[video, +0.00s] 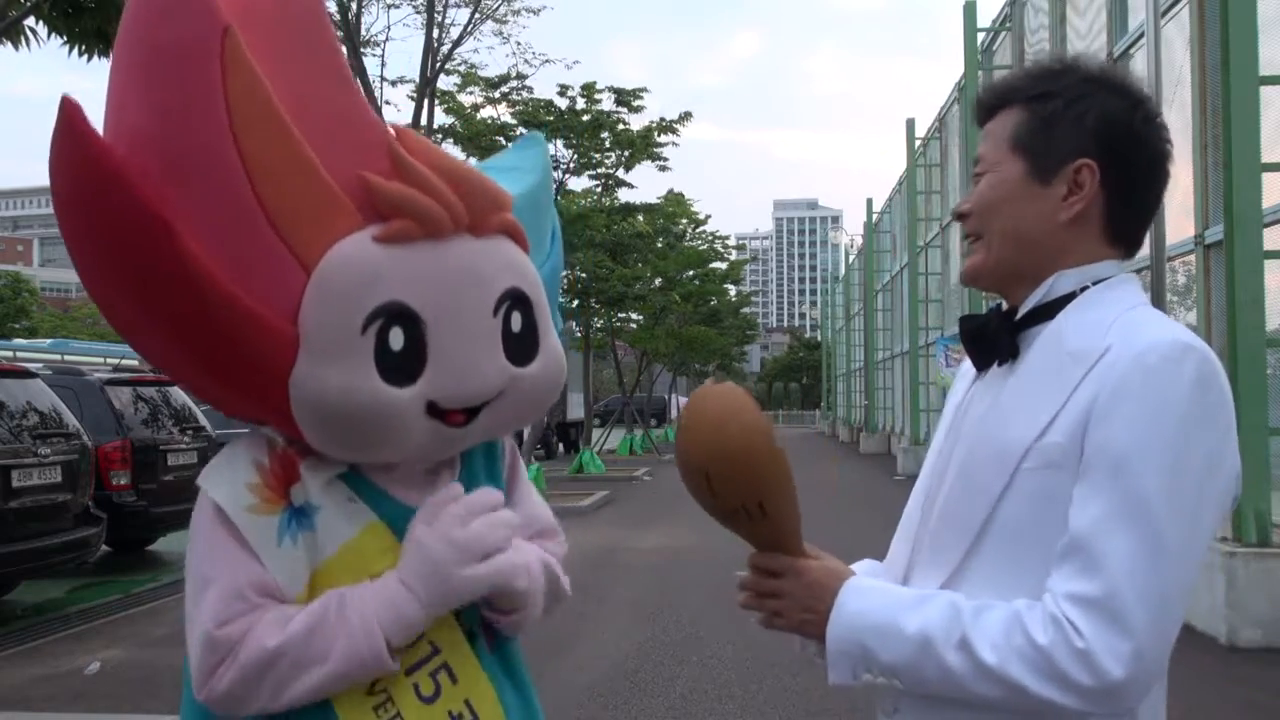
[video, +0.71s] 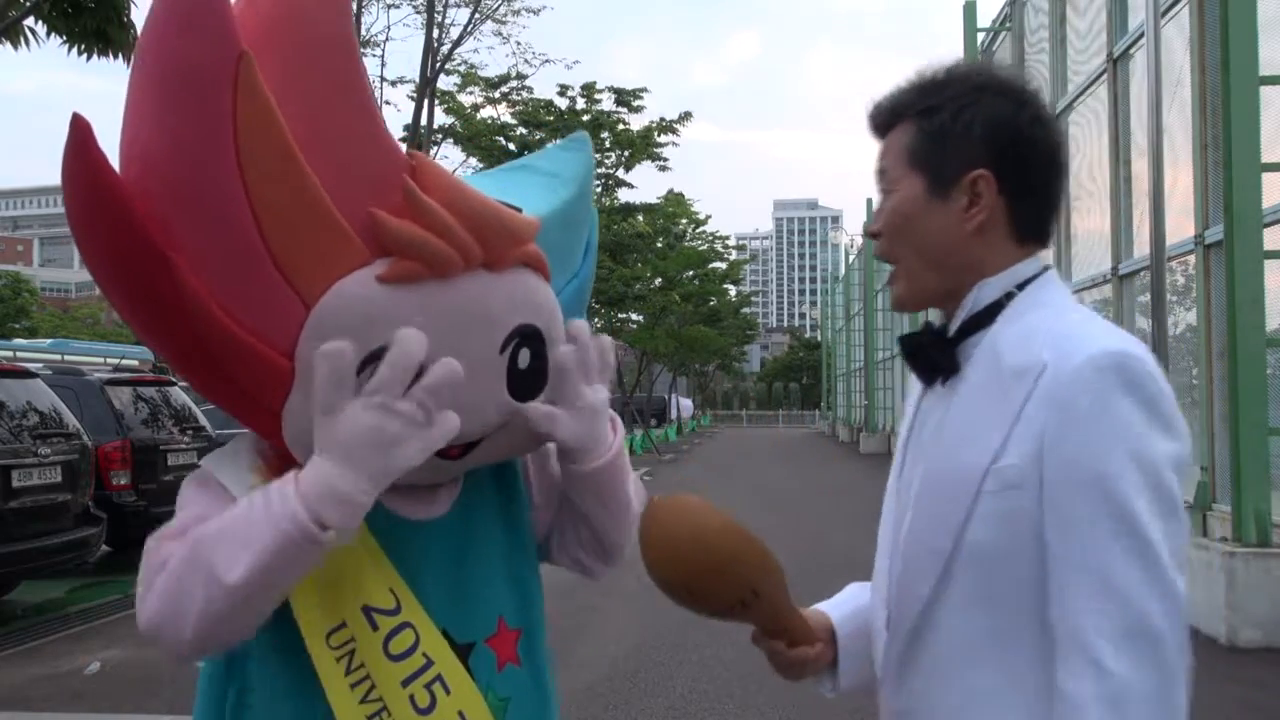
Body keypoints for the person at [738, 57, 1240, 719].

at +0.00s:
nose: (960, 206)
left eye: (983, 173)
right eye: (971, 179)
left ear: (1074, 189)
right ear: (1073, 192)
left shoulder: (1157, 364)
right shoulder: (991, 362)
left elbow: (1099, 656)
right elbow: (951, 569)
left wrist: (851, 615)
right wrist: (839, 588)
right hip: (916, 703)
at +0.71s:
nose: (871, 228)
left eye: (887, 191)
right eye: (879, 195)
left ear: (974, 199)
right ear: (970, 202)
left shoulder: (1092, 373)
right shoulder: (947, 365)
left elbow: (1125, 680)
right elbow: (940, 582)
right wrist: (834, 631)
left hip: (1011, 707)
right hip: (915, 706)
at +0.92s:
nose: (831, 245)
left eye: (844, 211)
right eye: (836, 215)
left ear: (929, 216)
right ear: (923, 219)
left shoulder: (1059, 372)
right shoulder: (907, 385)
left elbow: (1160, 672)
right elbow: (908, 593)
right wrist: (820, 655)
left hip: (1035, 709)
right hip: (924, 709)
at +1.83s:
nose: (999, 228)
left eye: (1019, 195)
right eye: (1008, 199)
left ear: (1118, 208)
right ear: (1117, 211)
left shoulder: (1153, 390)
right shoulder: (1076, 351)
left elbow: (1143, 701)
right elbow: (988, 288)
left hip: (986, 704)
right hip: (930, 696)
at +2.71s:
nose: (1102, 225)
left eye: (1131, 190)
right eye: (1107, 192)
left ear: (1255, 211)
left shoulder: (1269, 376)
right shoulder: (1094, 347)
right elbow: (980, 488)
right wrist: (822, 536)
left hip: (1194, 704)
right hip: (1042, 697)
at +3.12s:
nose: (1095, 254)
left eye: (1119, 222)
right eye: (1087, 228)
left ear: (1230, 219)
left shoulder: (1271, 356)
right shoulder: (1089, 387)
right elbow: (1045, 571)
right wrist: (968, 692)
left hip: (1264, 699)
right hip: (1160, 705)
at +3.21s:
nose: (1118, 244)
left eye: (1144, 211)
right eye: (1111, 218)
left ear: (1254, 210)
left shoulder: (1274, 358)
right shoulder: (1107, 382)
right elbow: (1062, 568)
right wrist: (984, 693)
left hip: (1267, 701)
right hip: (1168, 705)